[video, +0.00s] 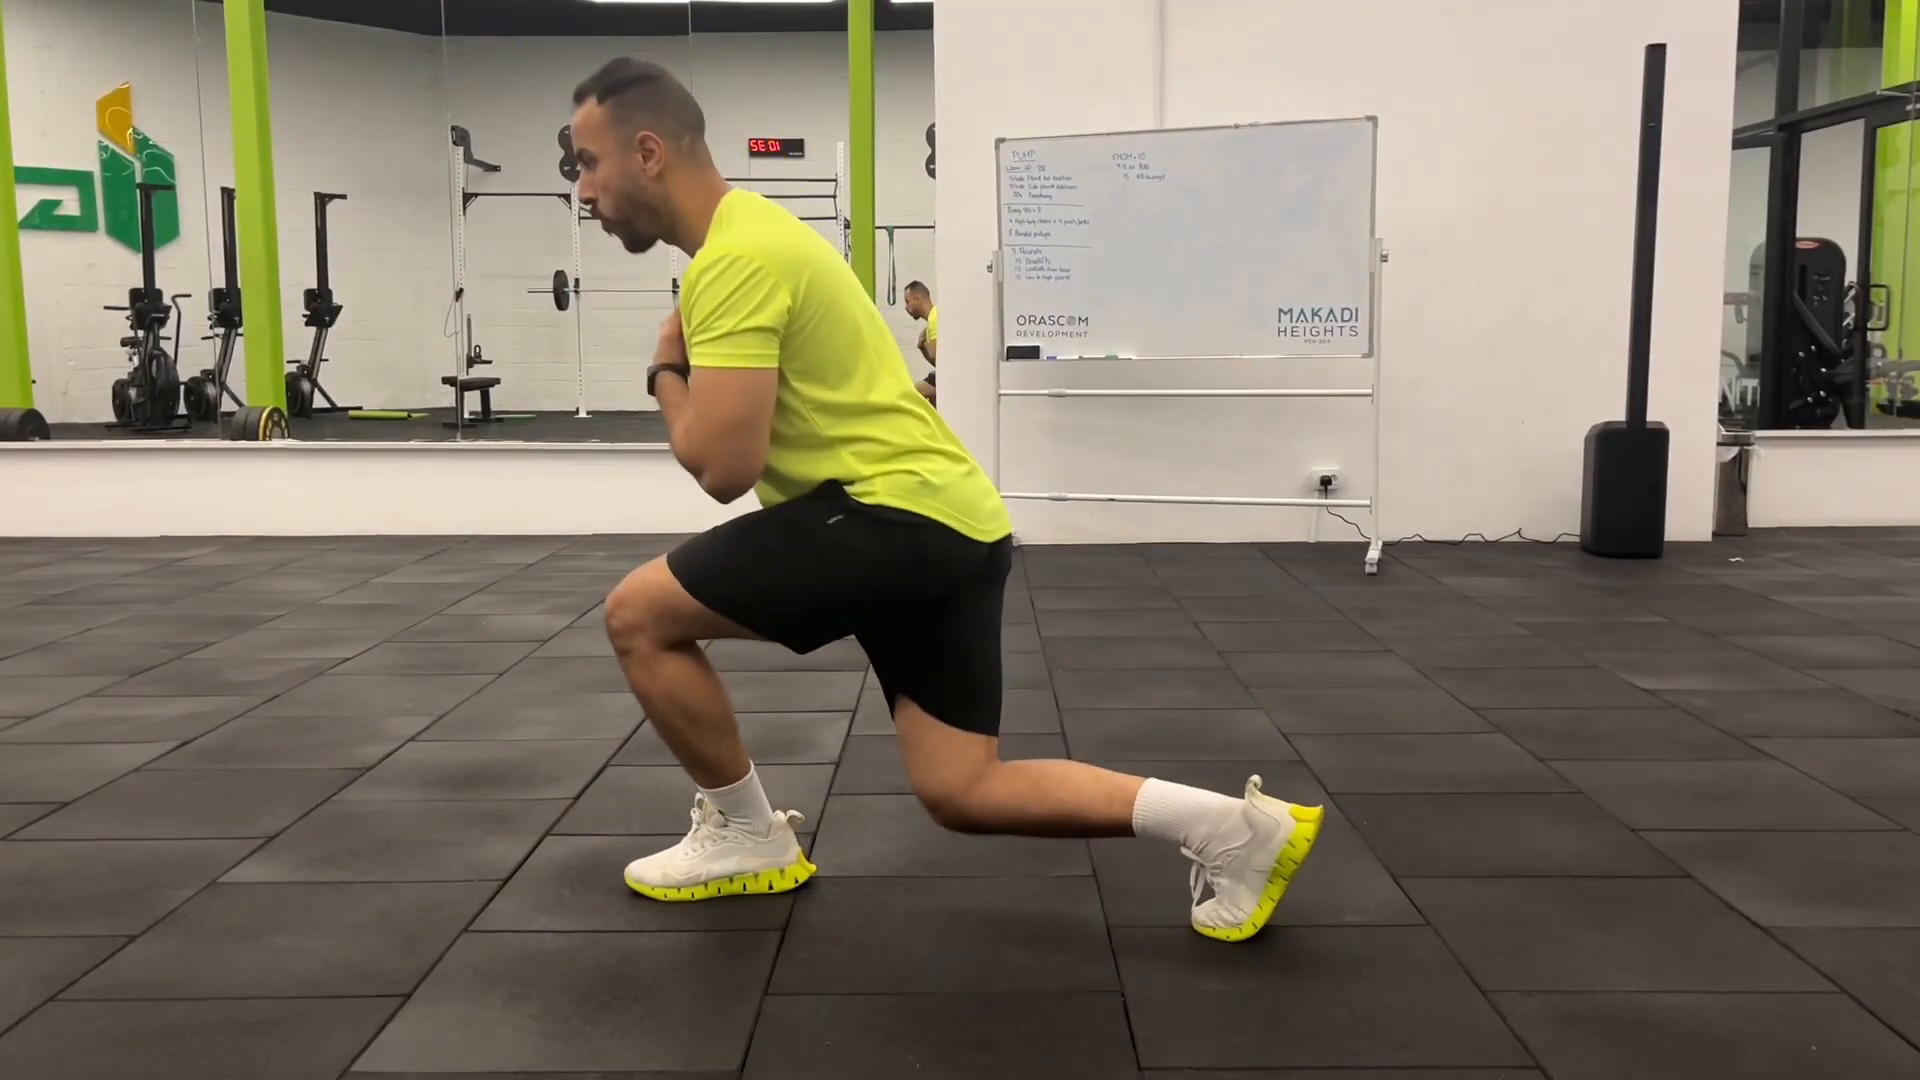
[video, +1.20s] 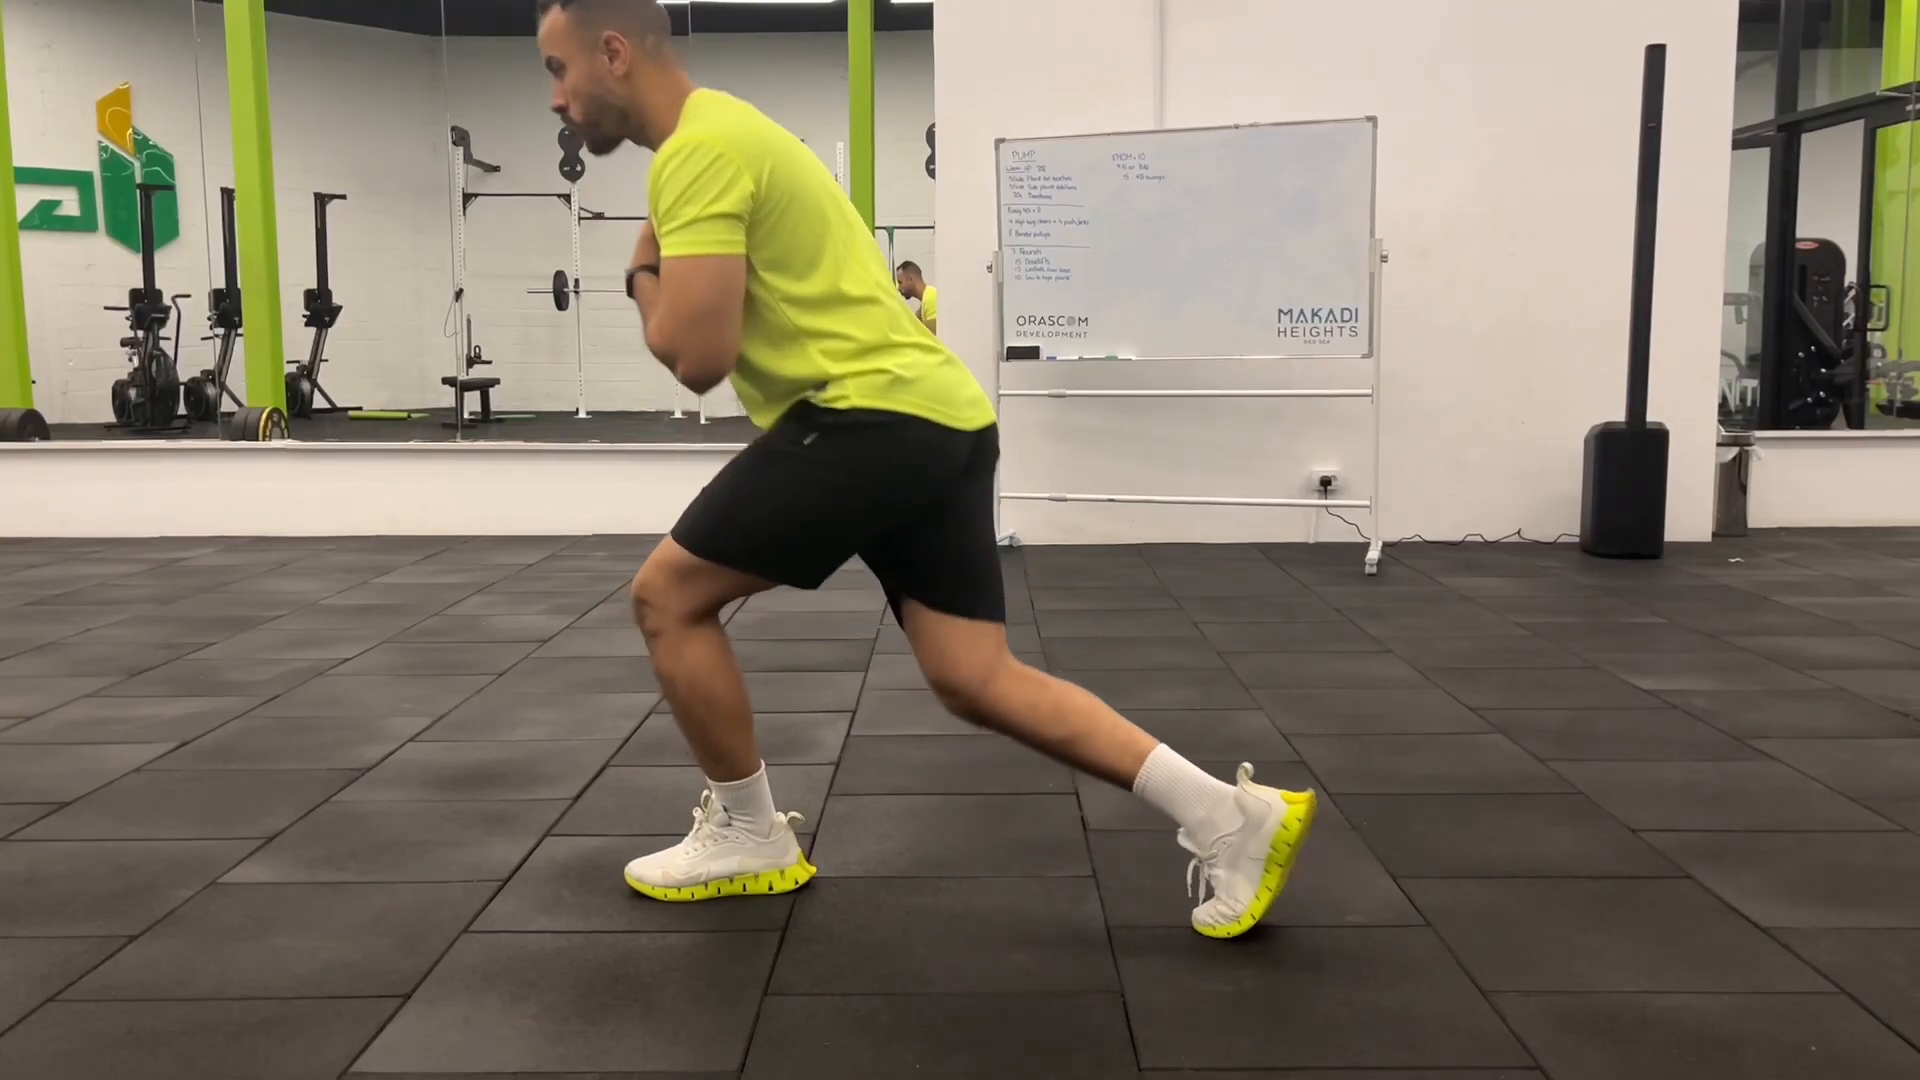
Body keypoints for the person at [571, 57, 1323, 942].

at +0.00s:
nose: (578, 193)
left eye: (585, 164)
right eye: (573, 168)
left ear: (649, 152)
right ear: (658, 154)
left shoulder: (741, 253)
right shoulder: (758, 237)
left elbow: (724, 465)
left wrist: (666, 379)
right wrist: (693, 383)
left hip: (887, 514)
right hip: (951, 518)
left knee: (640, 616)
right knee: (959, 787)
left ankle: (745, 834)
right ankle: (1232, 828)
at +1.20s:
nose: (555, 100)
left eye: (557, 71)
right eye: (548, 76)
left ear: (617, 54)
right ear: (630, 57)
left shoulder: (702, 148)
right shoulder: (738, 135)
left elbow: (697, 358)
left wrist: (643, 279)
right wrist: (672, 282)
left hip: (869, 418)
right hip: (943, 417)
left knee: (668, 597)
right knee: (974, 674)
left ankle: (748, 834)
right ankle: (1227, 818)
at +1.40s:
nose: (507, 19)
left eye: (509, 2)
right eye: (501, 7)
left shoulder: (651, 58)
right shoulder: (679, 51)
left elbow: (648, 270)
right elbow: (663, 258)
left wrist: (593, 192)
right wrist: (613, 191)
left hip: (818, 345)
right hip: (891, 337)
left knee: (692, 585)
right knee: (928, 594)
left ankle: (750, 829)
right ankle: (1142, 756)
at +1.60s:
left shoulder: (644, 9)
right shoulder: (714, 15)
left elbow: (617, 213)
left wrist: (571, 126)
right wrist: (599, 132)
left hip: (772, 313)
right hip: (854, 307)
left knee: (712, 578)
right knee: (822, 556)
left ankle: (750, 831)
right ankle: (1002, 749)